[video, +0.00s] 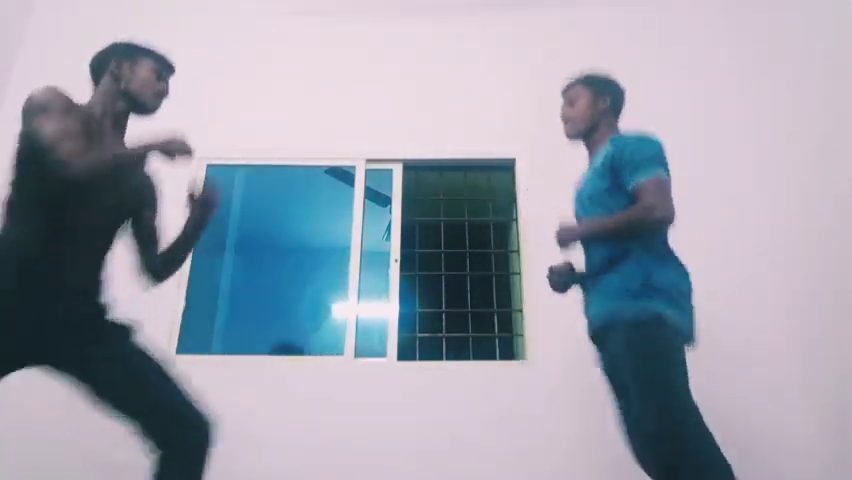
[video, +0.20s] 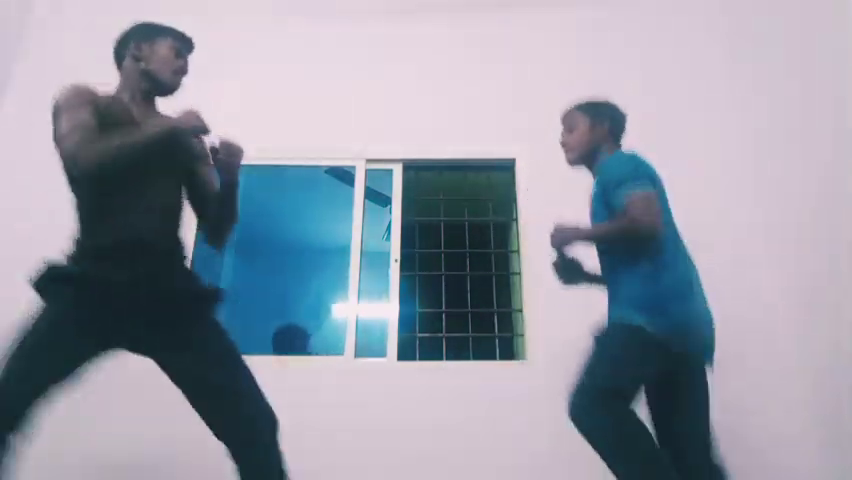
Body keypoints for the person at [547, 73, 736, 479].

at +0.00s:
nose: (563, 111)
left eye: (572, 101)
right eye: (563, 104)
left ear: (604, 105)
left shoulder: (634, 146)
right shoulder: (592, 178)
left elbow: (659, 208)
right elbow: (621, 256)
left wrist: (584, 230)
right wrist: (577, 273)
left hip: (645, 310)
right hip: (612, 319)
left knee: (670, 429)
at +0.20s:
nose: (562, 138)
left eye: (570, 128)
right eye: (563, 131)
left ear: (601, 130)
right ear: (599, 134)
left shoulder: (620, 166)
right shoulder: (619, 179)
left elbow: (646, 218)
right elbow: (642, 279)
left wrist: (580, 233)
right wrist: (588, 277)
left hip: (648, 318)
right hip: (679, 324)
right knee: (688, 453)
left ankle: (654, 473)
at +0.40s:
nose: (552, 121)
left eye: (558, 109)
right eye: (551, 112)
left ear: (588, 107)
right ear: (597, 112)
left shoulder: (590, 135)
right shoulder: (645, 161)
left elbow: (598, 186)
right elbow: (645, 231)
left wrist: (560, 220)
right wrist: (592, 251)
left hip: (619, 299)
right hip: (679, 305)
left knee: (592, 420)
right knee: (679, 428)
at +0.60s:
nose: (548, 144)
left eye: (555, 131)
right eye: (548, 133)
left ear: (584, 130)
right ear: (594, 134)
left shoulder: (579, 159)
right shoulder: (654, 183)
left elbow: (575, 215)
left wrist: (542, 246)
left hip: (605, 323)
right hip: (675, 327)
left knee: (580, 447)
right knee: (693, 445)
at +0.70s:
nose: (548, 142)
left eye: (553, 134)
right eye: (548, 136)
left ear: (579, 126)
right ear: (602, 129)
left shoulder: (577, 148)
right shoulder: (661, 166)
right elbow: (711, 239)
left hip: (618, 302)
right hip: (692, 303)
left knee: (578, 434)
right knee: (722, 432)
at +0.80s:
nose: (562, 165)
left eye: (565, 158)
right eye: (562, 158)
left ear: (574, 153)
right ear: (609, 149)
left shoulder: (578, 162)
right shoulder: (669, 186)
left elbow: (492, 146)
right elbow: (729, 248)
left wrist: (489, 139)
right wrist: (671, 263)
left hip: (626, 317)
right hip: (704, 317)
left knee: (582, 435)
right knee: (743, 430)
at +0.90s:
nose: (586, 204)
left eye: (588, 196)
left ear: (599, 192)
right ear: (634, 189)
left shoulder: (603, 201)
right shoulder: (695, 230)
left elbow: (534, 180)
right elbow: (743, 303)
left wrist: (514, 171)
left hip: (641, 367)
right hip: (721, 372)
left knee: (568, 472)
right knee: (752, 467)